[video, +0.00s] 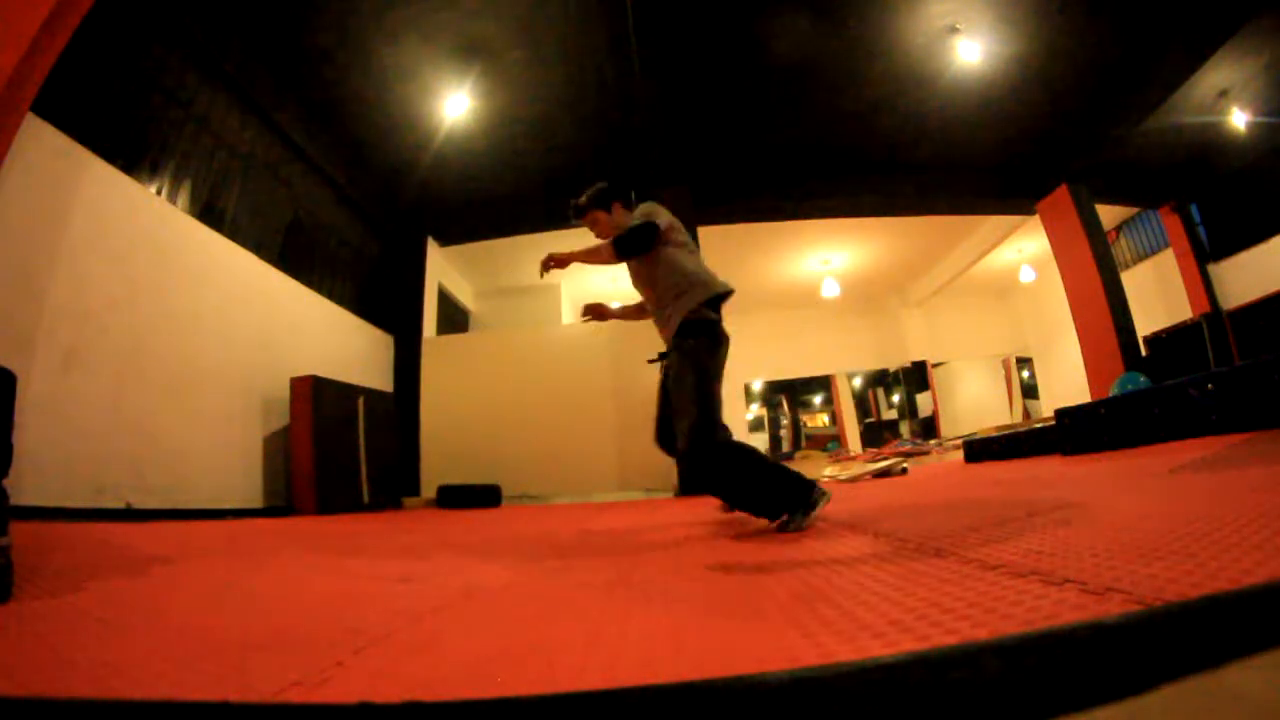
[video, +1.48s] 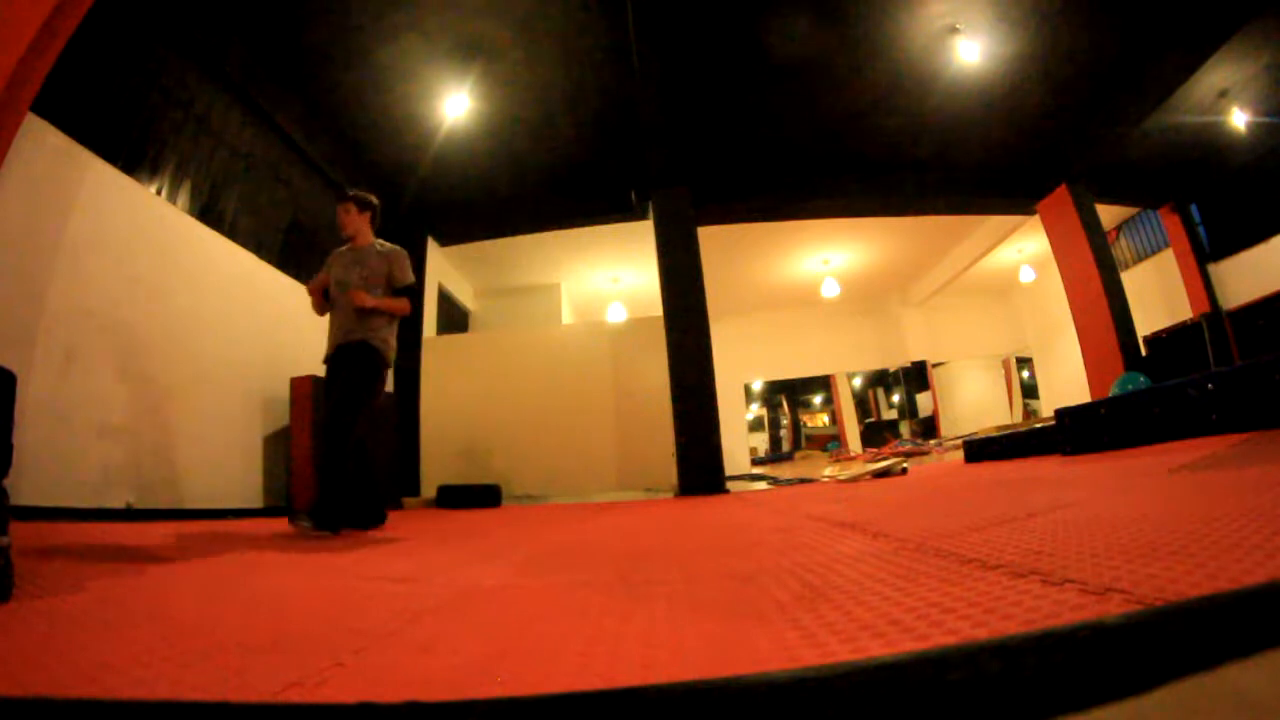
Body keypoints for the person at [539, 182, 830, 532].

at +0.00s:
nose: (596, 234)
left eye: (595, 225)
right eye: (591, 229)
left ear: (613, 208)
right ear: (611, 213)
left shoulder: (649, 214)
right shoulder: (640, 249)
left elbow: (629, 245)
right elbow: (657, 306)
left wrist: (571, 257)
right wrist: (612, 313)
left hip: (699, 332)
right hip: (682, 341)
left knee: (699, 438)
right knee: (670, 436)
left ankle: (799, 495)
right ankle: (743, 489)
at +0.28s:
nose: (584, 225)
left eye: (589, 218)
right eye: (576, 219)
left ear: (599, 222)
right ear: (566, 226)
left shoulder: (614, 263)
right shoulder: (553, 263)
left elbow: (653, 293)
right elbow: (528, 310)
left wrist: (664, 266)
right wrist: (555, 287)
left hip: (627, 358)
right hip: (587, 366)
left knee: (691, 413)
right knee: (611, 446)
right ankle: (643, 506)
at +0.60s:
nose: (528, 237)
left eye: (521, 233)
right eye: (533, 230)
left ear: (511, 235)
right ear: (542, 233)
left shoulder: (496, 265)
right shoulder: (561, 262)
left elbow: (468, 290)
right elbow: (580, 303)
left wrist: (489, 269)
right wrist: (552, 309)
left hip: (516, 375)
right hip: (562, 371)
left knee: (505, 444)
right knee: (584, 441)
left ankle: (522, 509)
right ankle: (601, 495)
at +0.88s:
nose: (448, 238)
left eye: (452, 231)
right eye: (449, 231)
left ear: (469, 231)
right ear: (466, 233)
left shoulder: (490, 257)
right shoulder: (472, 266)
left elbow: (506, 300)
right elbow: (478, 313)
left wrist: (459, 302)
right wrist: (450, 304)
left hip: (494, 358)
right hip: (471, 357)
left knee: (494, 420)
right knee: (448, 417)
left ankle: (521, 492)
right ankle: (458, 483)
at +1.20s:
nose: (385, 237)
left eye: (391, 231)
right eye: (385, 231)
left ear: (411, 235)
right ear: (394, 237)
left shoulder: (435, 272)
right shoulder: (383, 276)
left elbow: (455, 320)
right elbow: (377, 325)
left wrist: (426, 309)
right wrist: (367, 312)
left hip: (419, 369)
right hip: (382, 368)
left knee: (430, 442)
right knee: (368, 442)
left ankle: (484, 492)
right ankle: (368, 514)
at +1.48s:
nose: (341, 220)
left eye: (347, 214)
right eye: (340, 214)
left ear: (366, 216)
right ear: (342, 219)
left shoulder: (393, 255)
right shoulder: (336, 259)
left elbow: (408, 304)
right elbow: (322, 308)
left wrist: (372, 302)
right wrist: (316, 291)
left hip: (371, 349)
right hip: (340, 349)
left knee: (347, 427)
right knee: (339, 430)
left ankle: (333, 513)